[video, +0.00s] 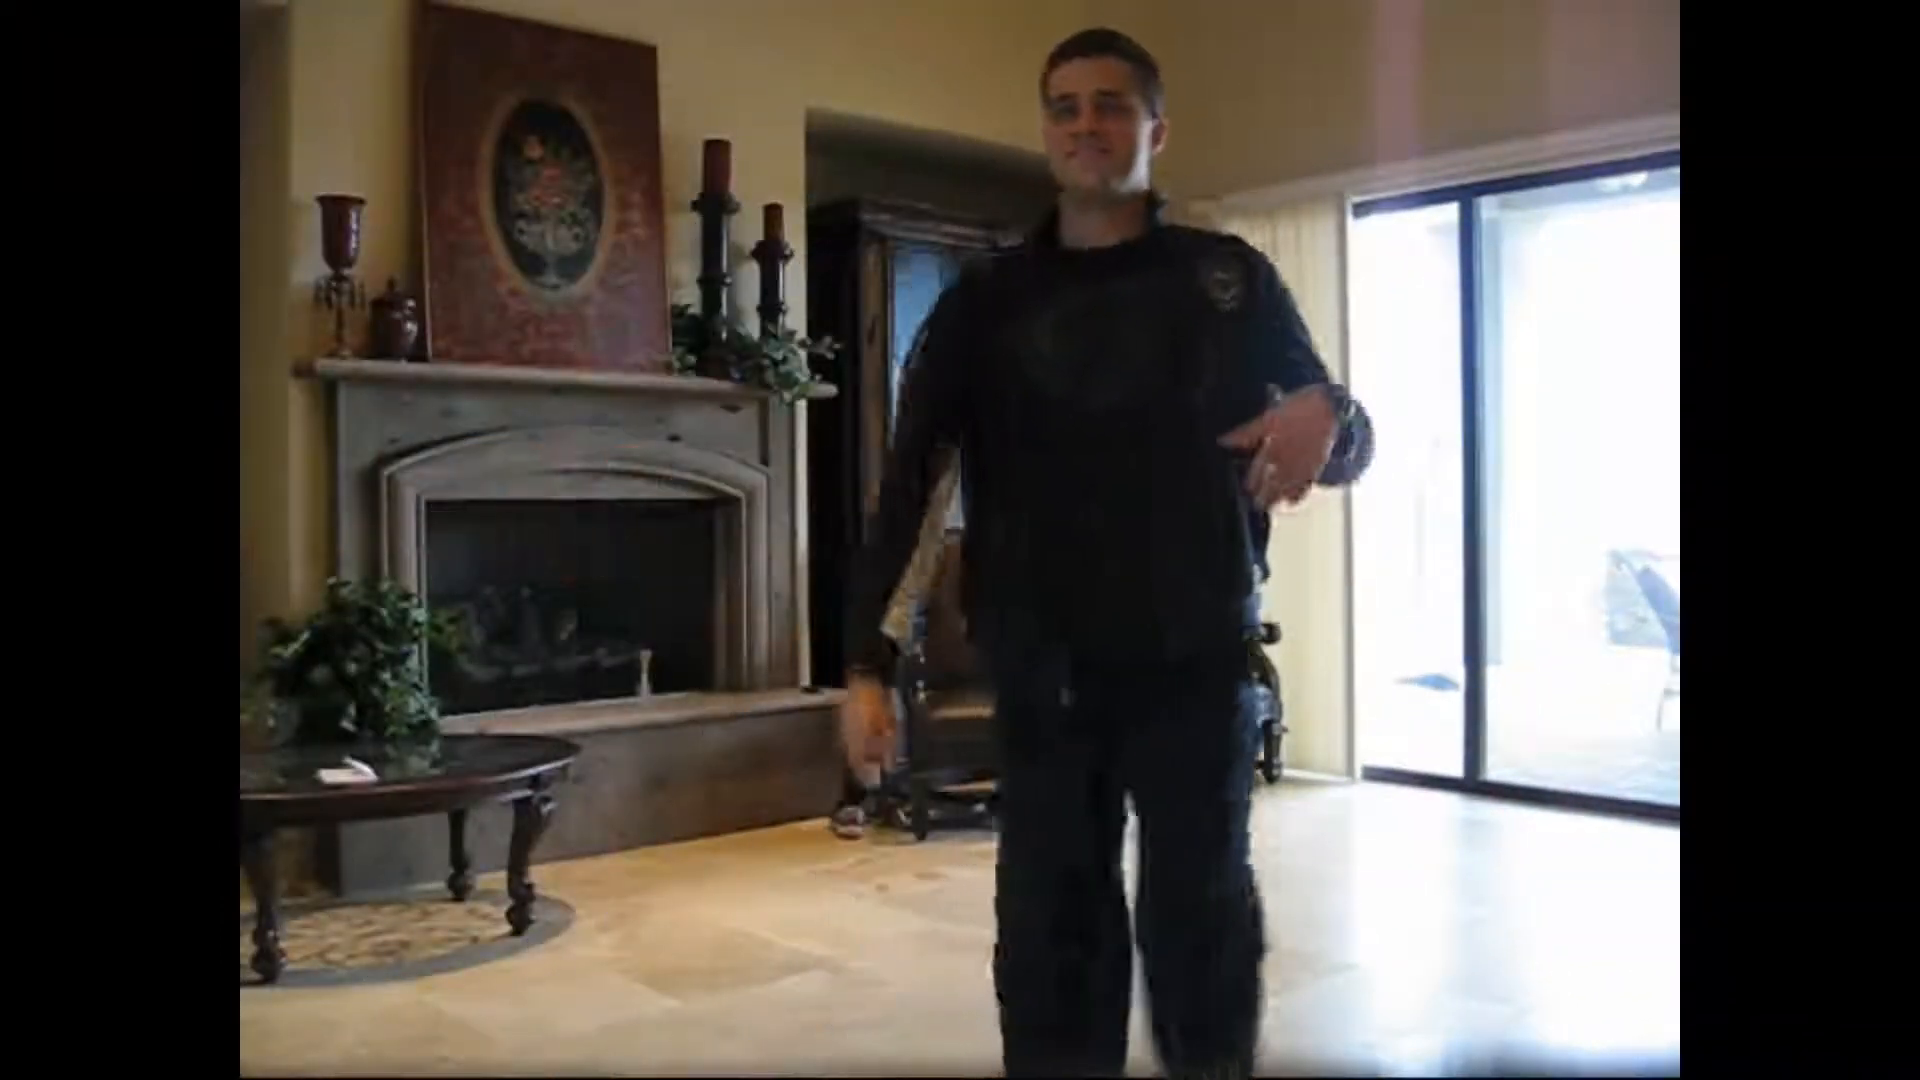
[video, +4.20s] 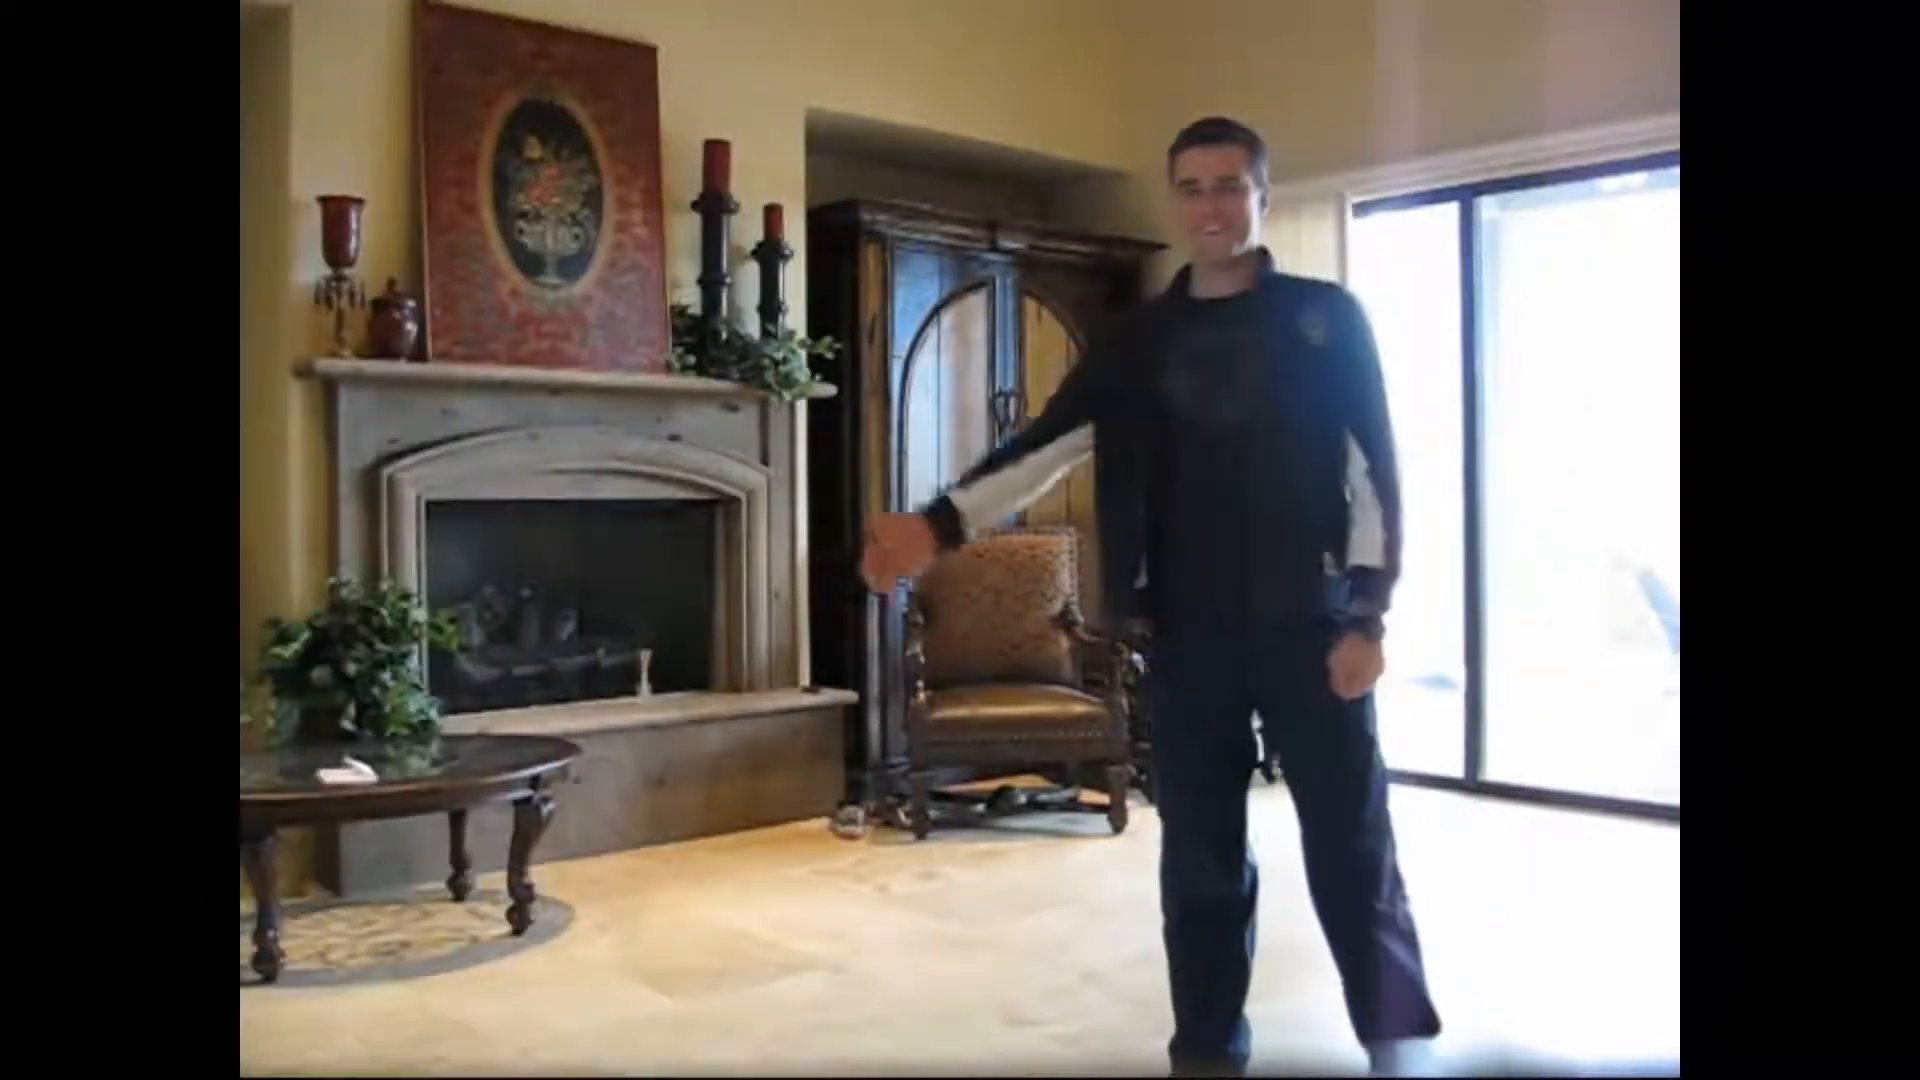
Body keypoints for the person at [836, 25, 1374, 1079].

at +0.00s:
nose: (1088, 125)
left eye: (1112, 106)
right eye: (1065, 108)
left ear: (1156, 129)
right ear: (1042, 133)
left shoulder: (1226, 276)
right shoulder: (983, 297)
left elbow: (1336, 434)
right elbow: (908, 485)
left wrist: (1327, 411)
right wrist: (867, 659)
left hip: (1195, 656)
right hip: (1041, 659)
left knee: (1200, 914)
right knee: (1048, 922)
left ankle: (1211, 1067)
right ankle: (1058, 1074)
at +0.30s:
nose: (1196, 175)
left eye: (1218, 156)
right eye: (1176, 159)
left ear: (1256, 174)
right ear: (1152, 179)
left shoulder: (1329, 307)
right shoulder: (1115, 324)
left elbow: (1442, 455)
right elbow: (1071, 488)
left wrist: (1357, 441)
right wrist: (1024, 628)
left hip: (1299, 657)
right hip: (1158, 655)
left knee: (1314, 907)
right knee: (1126, 907)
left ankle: (1320, 1063)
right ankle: (1089, 1069)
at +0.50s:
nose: (1257, 175)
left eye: (1277, 156)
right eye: (1235, 158)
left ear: (1313, 172)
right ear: (1212, 179)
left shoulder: (1385, 302)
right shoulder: (1179, 322)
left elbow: (1471, 461)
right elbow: (1135, 489)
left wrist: (1437, 586)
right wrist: (1083, 630)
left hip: (1344, 650)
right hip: (1208, 649)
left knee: (1340, 901)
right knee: (1187, 887)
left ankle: (1326, 1069)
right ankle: (1193, 1062)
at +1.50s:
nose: (1401, 185)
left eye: (1419, 168)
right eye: (1382, 170)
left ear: (1448, 186)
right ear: (1355, 193)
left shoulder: (1507, 311)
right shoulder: (1305, 332)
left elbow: (1568, 457)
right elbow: (1262, 488)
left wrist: (1598, 593)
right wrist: (1251, 623)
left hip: (1474, 632)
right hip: (1351, 635)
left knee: (1475, 856)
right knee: (1353, 853)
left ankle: (1465, 1053)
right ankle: (1345, 1046)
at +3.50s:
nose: (1341, 198)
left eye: (1360, 181)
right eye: (1323, 182)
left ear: (1391, 197)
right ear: (1299, 200)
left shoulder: (1453, 324)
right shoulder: (1254, 335)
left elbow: (1508, 477)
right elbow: (1216, 487)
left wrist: (1515, 613)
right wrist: (1215, 618)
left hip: (1421, 631)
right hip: (1291, 636)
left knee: (1427, 856)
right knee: (1290, 851)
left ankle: (1440, 1052)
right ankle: (1292, 1035)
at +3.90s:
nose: (1275, 206)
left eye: (1294, 187)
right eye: (1258, 189)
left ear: (1330, 200)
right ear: (1238, 207)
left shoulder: (1390, 327)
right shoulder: (1195, 344)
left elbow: (1435, 481)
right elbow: (1140, 485)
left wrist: (1392, 598)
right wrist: (1083, 600)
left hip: (1351, 637)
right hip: (1228, 642)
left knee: (1397, 862)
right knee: (1218, 864)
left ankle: (1437, 1057)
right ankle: (1209, 1056)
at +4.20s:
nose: (1210, 204)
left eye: (1229, 186)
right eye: (1191, 188)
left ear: (1261, 197)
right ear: (1170, 205)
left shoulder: (1325, 316)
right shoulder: (1138, 337)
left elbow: (1375, 471)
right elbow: (1044, 449)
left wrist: (1367, 616)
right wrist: (936, 525)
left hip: (1312, 629)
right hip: (1190, 634)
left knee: (1354, 862)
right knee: (1200, 866)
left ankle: (1403, 1052)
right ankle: (1206, 1056)